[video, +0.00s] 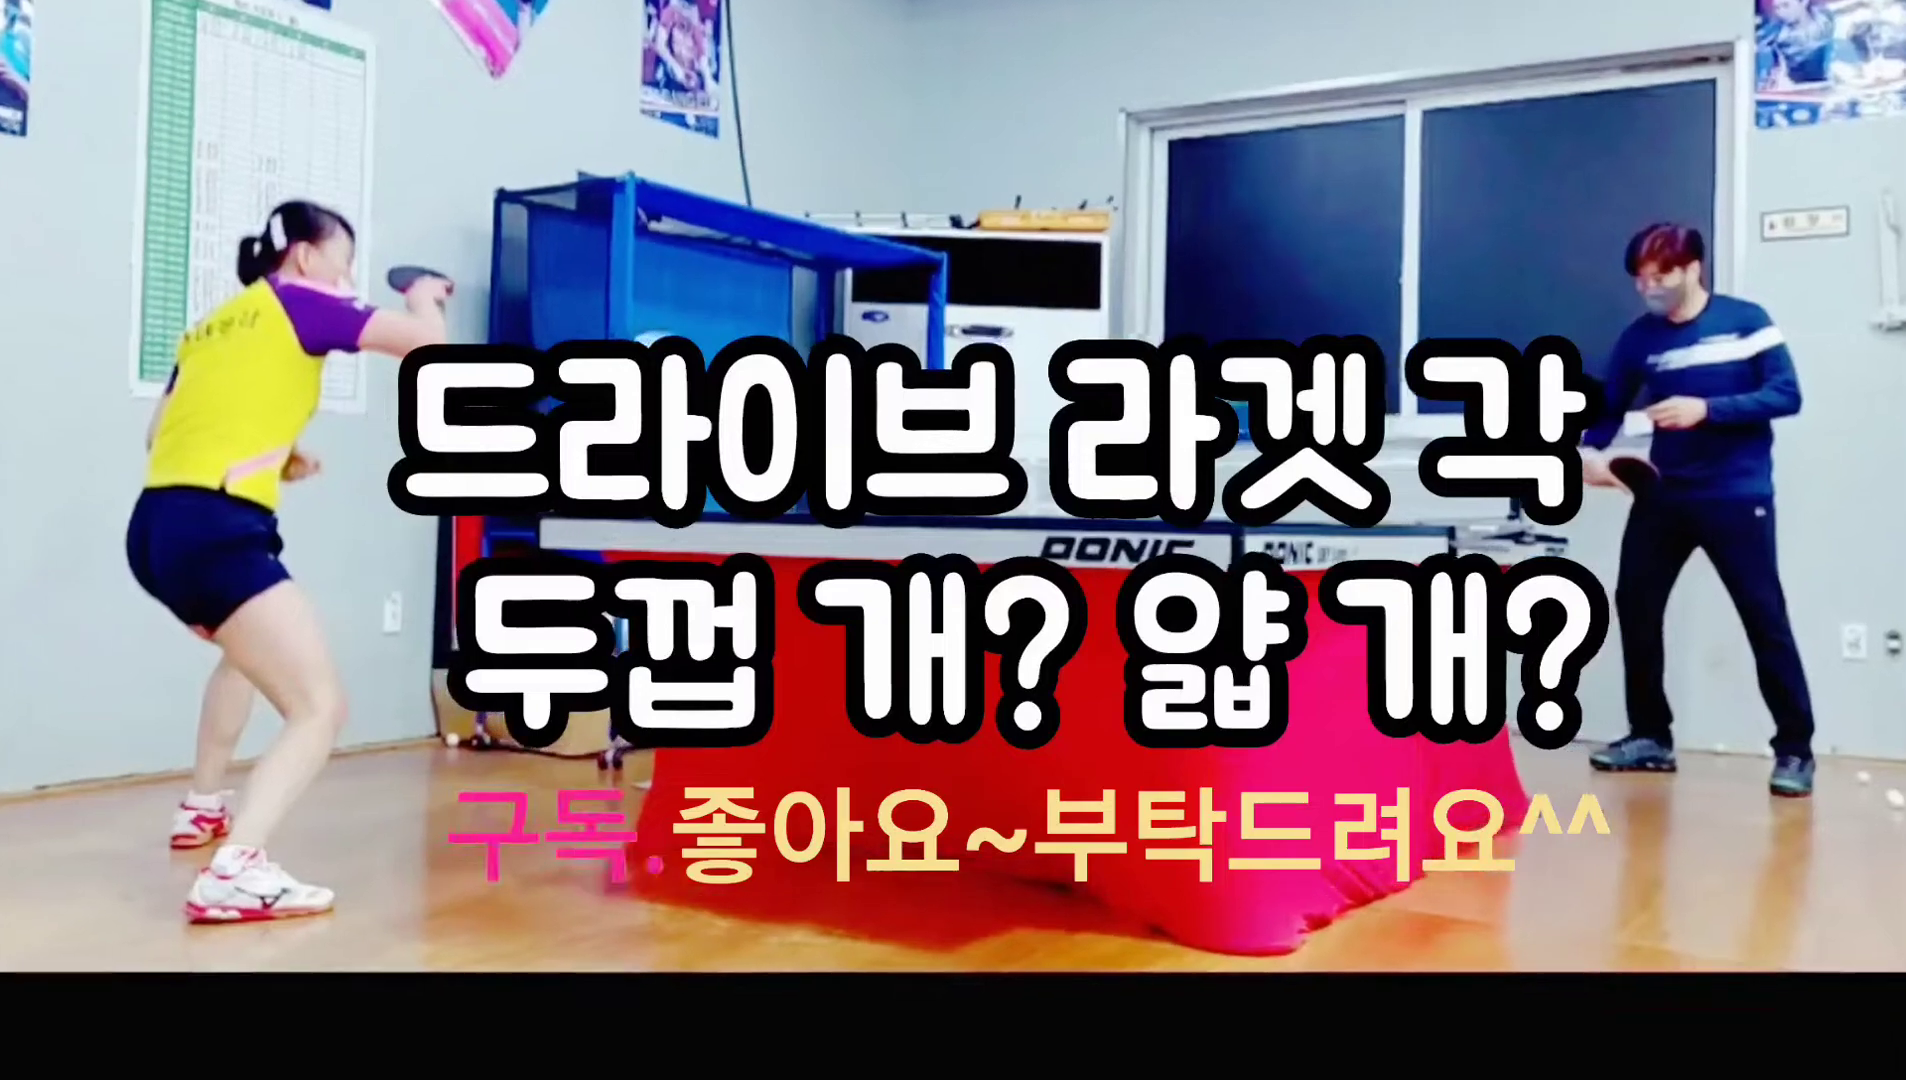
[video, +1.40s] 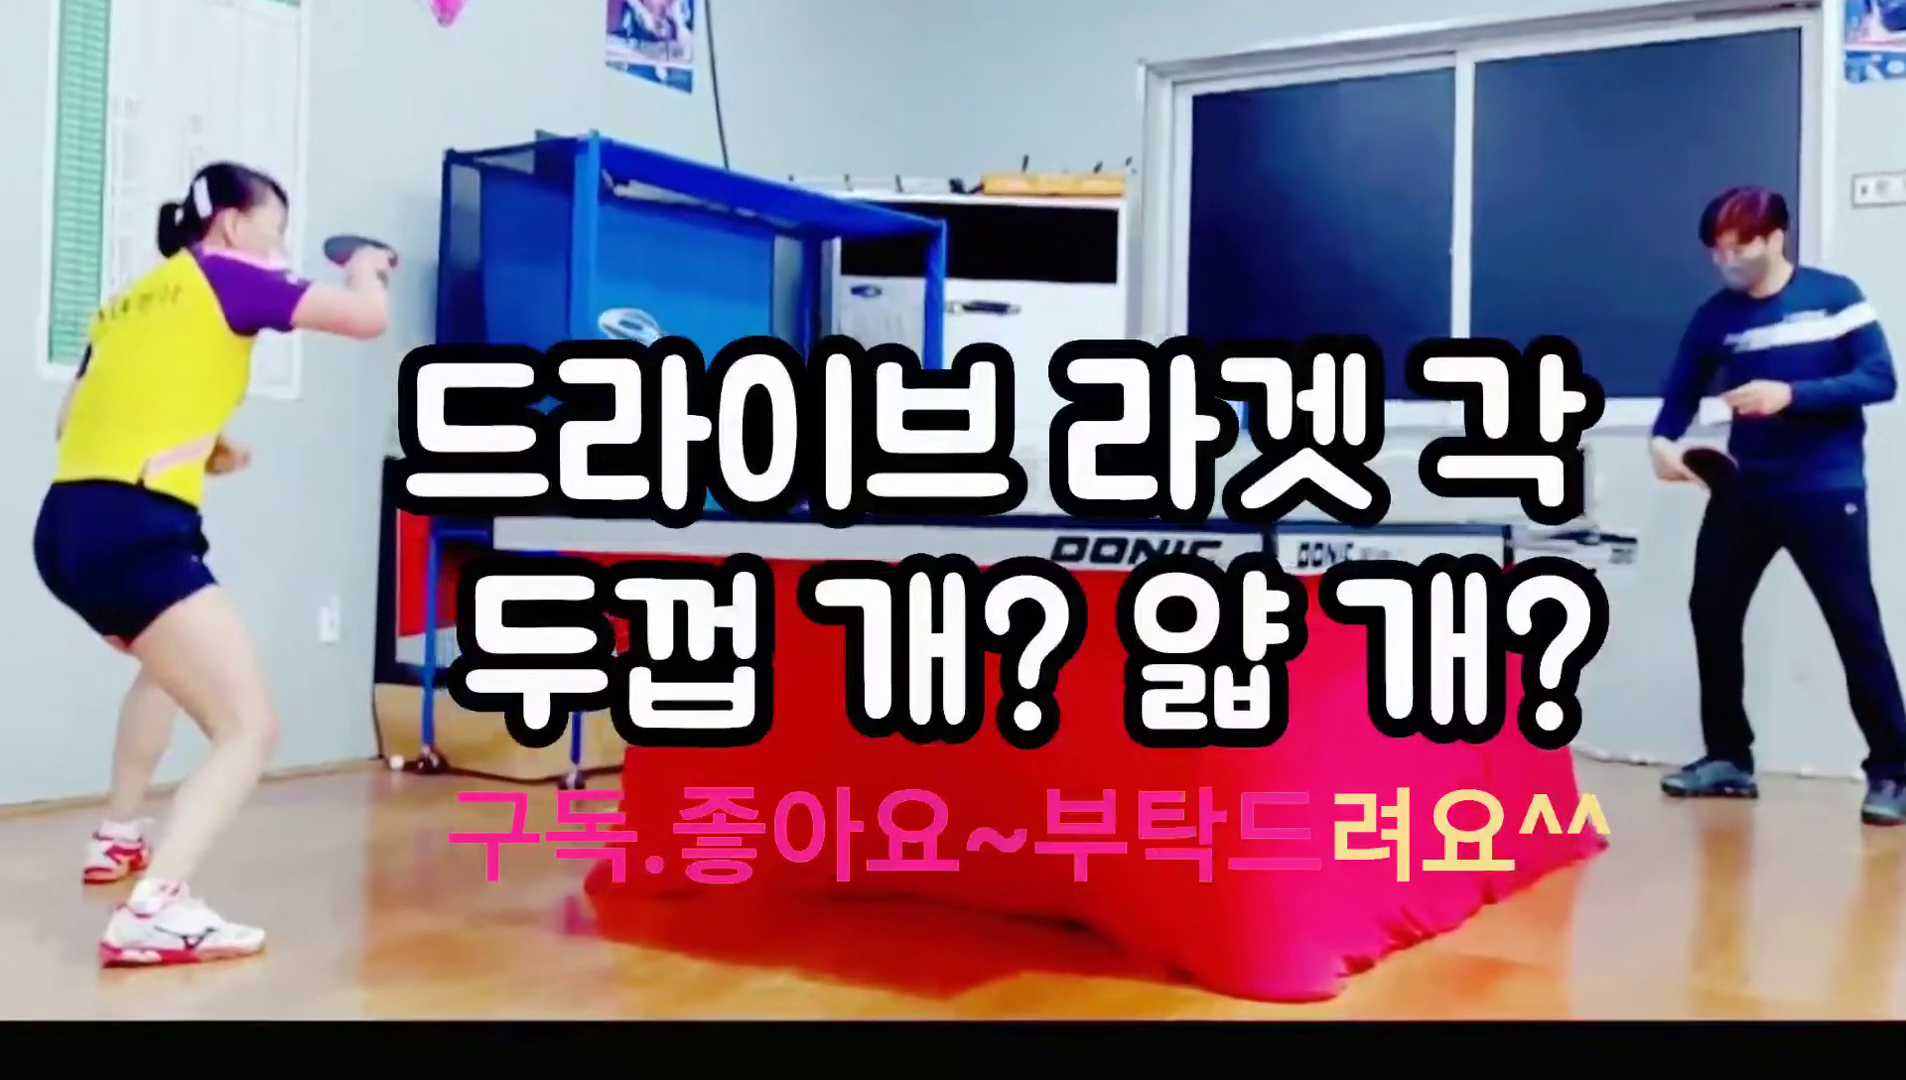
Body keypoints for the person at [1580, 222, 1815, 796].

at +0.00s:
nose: (1647, 286)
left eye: (1658, 274)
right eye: (1640, 277)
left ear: (1692, 269)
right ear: (1636, 279)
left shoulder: (1746, 320)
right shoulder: (1639, 338)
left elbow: (1785, 395)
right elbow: (1606, 413)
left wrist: (1706, 409)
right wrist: (1588, 453)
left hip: (1737, 503)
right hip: (1661, 503)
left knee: (1766, 623)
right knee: (1635, 608)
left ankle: (1794, 751)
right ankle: (1651, 737)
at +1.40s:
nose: (1723, 258)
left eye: (1735, 245)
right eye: (1718, 247)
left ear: (1774, 239)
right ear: (1714, 249)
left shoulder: (1835, 296)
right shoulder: (1717, 316)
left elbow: (1879, 378)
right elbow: (1682, 391)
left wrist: (1790, 394)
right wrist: (1661, 442)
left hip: (1825, 498)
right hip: (1742, 497)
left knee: (1858, 633)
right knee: (1712, 614)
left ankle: (1889, 773)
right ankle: (1728, 758)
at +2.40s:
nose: (1773, 240)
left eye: (1787, 226)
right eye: (1765, 228)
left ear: (1827, 221)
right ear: (1759, 231)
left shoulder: (1893, 283)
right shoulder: (1764, 304)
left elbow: (1905, 373)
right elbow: (1729, 384)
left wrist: (1844, 383)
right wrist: (1708, 435)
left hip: (1880, 496)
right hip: (1793, 495)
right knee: (1761, 615)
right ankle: (1778, 772)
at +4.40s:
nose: (1732, 391)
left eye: (1743, 380)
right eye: (1723, 385)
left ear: (1773, 383)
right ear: (1717, 393)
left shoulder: (1823, 437)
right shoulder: (1718, 458)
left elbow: (1857, 512)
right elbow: (1701, 527)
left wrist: (1778, 535)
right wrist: (1674, 545)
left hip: (1813, 616)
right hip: (1741, 617)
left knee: (1838, 738)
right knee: (1718, 723)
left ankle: (1863, 863)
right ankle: (1726, 848)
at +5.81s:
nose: (1726, 406)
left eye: (1737, 395)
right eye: (1719, 398)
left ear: (1772, 392)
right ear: (1717, 401)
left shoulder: (1829, 440)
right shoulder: (1725, 462)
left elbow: (1866, 514)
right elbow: (1708, 531)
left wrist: (1789, 536)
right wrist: (1681, 569)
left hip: (1821, 619)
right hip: (1749, 619)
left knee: (1843, 738)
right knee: (1720, 721)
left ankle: (1864, 863)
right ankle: (1728, 848)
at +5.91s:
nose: (1721, 407)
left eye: (1732, 396)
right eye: (1715, 398)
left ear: (1766, 395)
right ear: (1711, 400)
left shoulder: (1823, 442)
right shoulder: (1713, 458)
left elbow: (1866, 513)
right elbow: (1663, 502)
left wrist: (1792, 536)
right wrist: (1631, 546)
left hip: (1819, 618)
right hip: (1744, 618)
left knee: (1843, 737)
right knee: (1717, 723)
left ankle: (1864, 863)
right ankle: (1726, 849)